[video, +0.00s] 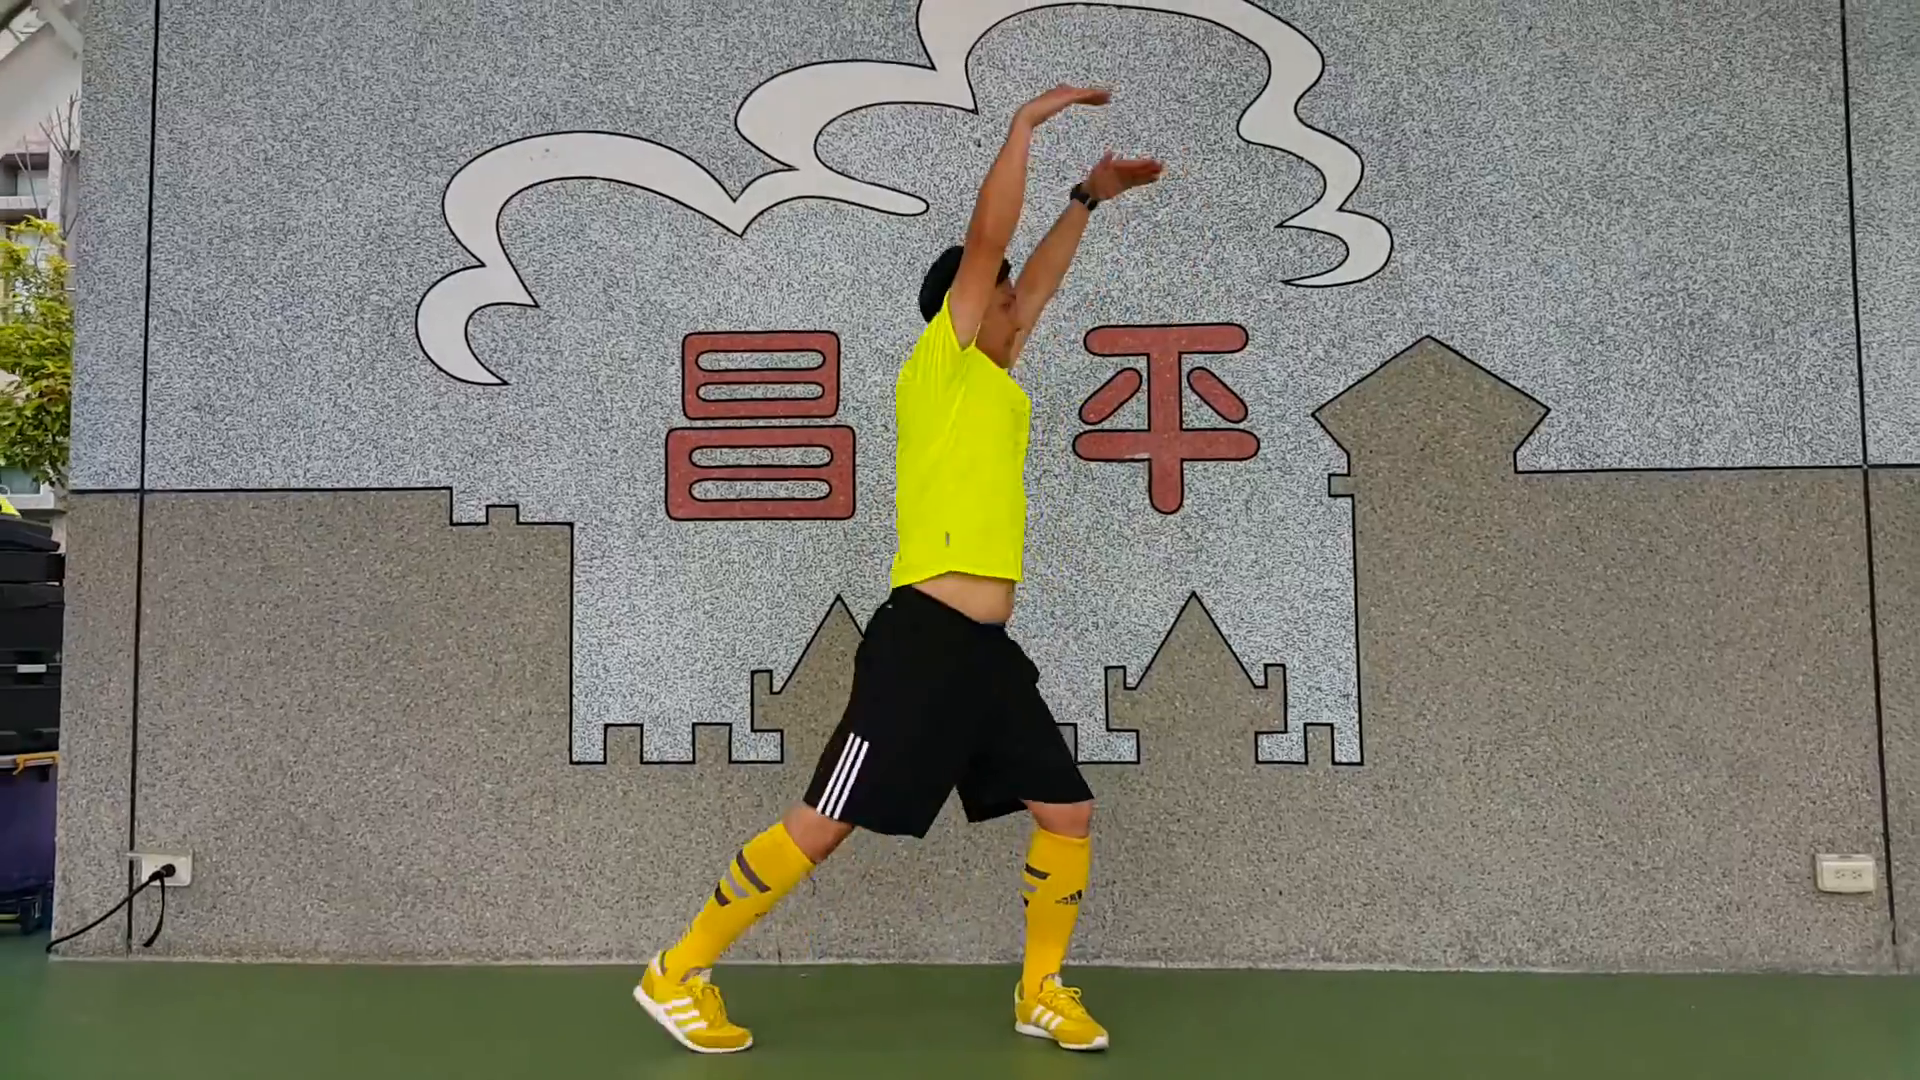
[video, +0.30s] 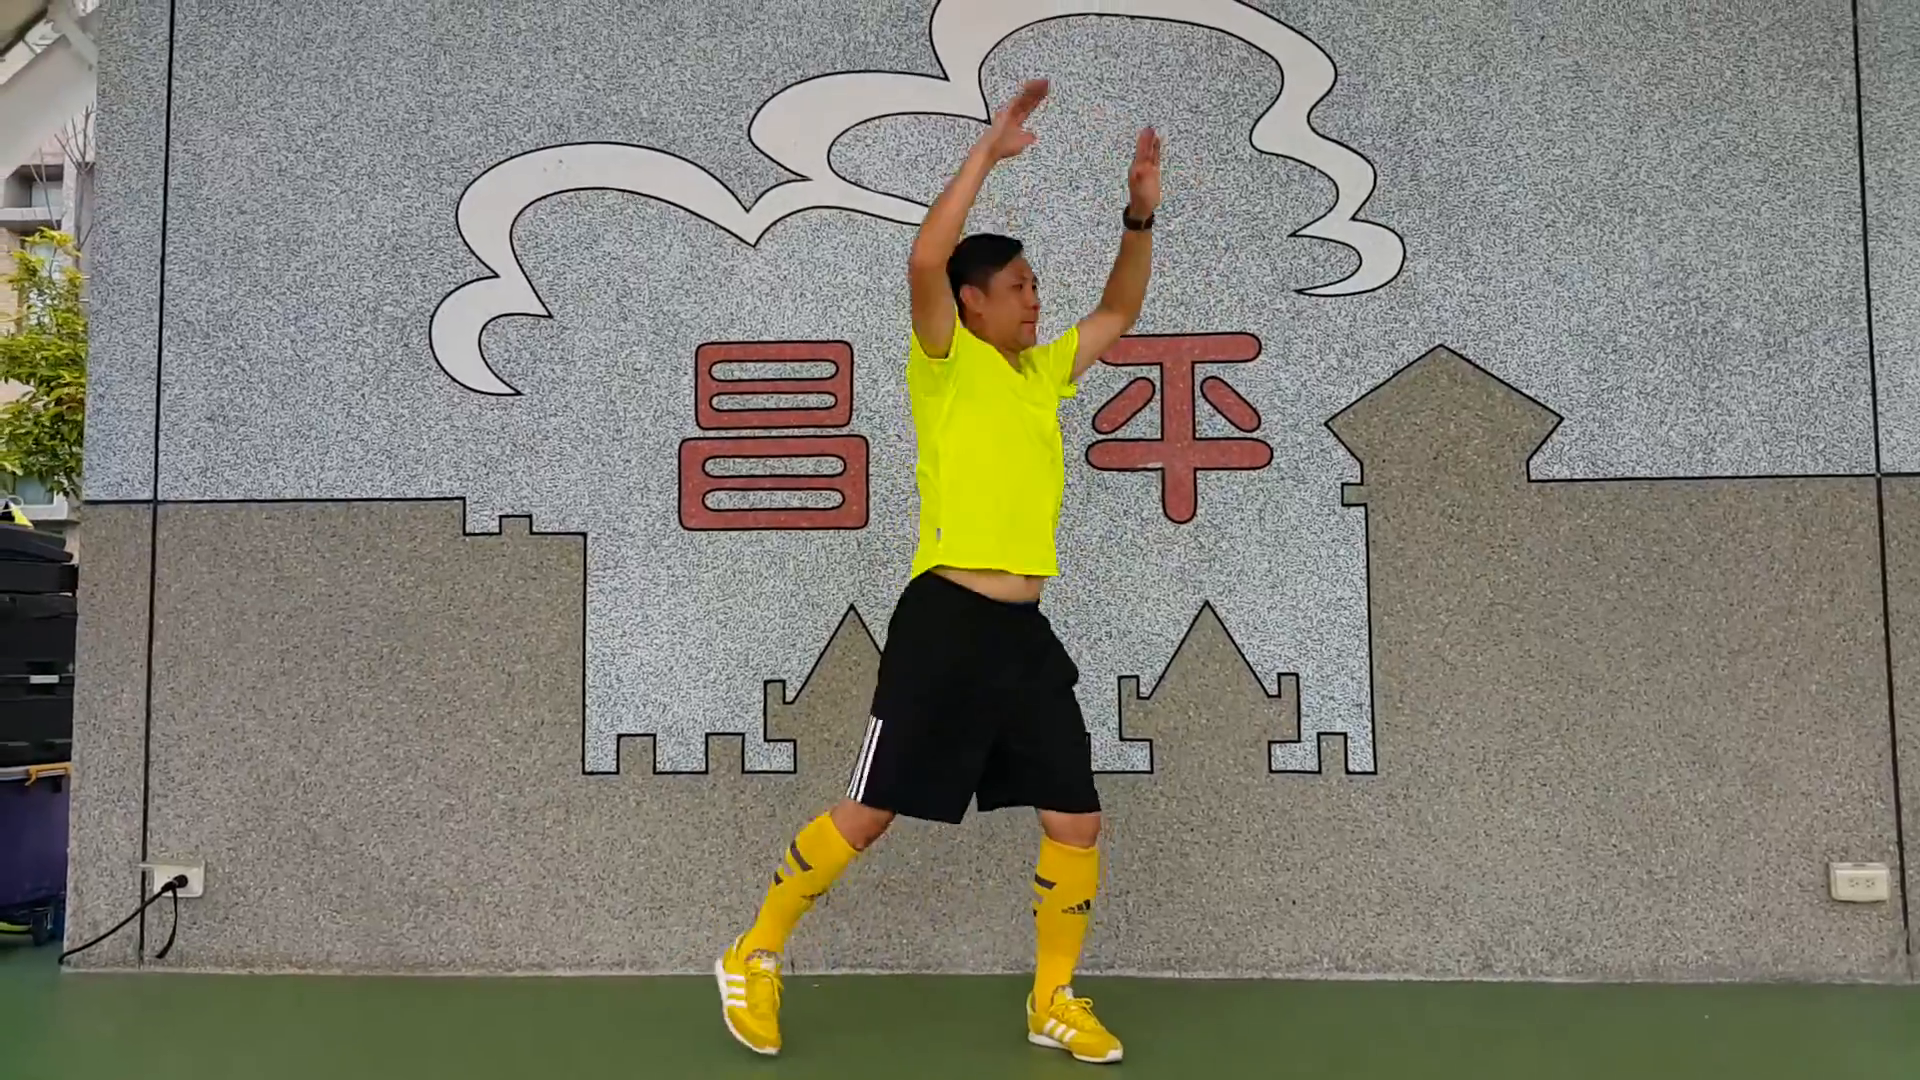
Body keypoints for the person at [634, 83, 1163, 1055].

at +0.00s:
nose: (1011, 301)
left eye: (1012, 291)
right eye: (994, 285)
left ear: (993, 309)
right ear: (957, 298)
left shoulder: (988, 377)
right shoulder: (938, 361)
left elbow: (1036, 292)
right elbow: (989, 246)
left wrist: (1086, 200)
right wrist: (1023, 125)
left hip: (991, 653)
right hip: (919, 641)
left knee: (1067, 812)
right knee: (823, 824)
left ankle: (1041, 994)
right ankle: (676, 974)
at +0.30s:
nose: (1034, 297)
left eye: (1035, 284)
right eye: (1016, 285)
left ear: (1031, 302)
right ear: (967, 299)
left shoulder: (1044, 372)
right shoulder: (943, 361)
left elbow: (1118, 311)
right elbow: (928, 262)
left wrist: (1141, 212)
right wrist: (989, 148)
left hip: (1027, 632)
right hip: (940, 622)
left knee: (1076, 820)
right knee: (867, 815)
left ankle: (1054, 1003)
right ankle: (752, 956)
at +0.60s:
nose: (962, 291)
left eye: (979, 274)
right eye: (956, 280)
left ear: (1026, 281)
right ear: (952, 297)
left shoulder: (1081, 378)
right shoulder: (928, 396)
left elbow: (1119, 498)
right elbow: (891, 511)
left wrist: (1106, 454)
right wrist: (842, 473)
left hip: (1048, 634)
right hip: (942, 633)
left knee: (1071, 823)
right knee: (922, 817)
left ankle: (1050, 1000)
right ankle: (927, 1011)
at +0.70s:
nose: (942, 301)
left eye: (957, 285)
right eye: (942, 288)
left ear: (1007, 295)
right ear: (957, 305)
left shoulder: (1062, 373)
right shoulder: (933, 398)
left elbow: (1079, 421)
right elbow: (843, 458)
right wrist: (808, 368)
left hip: (1053, 637)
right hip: (950, 643)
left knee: (1097, 827)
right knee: (918, 824)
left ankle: (1120, 981)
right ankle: (922, 1011)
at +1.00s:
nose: (985, 354)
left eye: (1001, 335)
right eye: (985, 340)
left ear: (1045, 339)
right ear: (1002, 355)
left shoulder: (1074, 406)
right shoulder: (1008, 420)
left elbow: (1000, 294)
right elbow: (959, 330)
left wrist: (938, 189)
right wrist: (902, 247)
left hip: (1097, 675)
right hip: (1015, 689)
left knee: (1216, 848)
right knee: (907, 821)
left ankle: (1347, 1008)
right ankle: (913, 1006)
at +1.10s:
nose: (986, 346)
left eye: (1002, 331)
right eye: (988, 333)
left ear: (1047, 343)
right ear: (997, 352)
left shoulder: (1081, 407)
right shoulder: (999, 416)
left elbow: (1012, 289)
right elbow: (949, 328)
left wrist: (946, 190)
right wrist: (895, 241)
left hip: (1087, 667)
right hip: (1000, 680)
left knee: (1200, 836)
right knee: (896, 825)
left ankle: (1334, 996)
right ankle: (910, 1005)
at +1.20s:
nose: (978, 310)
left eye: (994, 297)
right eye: (976, 298)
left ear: (1041, 305)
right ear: (977, 311)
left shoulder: (1072, 373)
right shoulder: (961, 378)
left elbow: (1064, 263)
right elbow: (890, 300)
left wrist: (997, 162)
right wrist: (856, 197)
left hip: (1059, 635)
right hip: (966, 644)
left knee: (1158, 811)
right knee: (896, 817)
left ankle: (1275, 970)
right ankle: (909, 999)